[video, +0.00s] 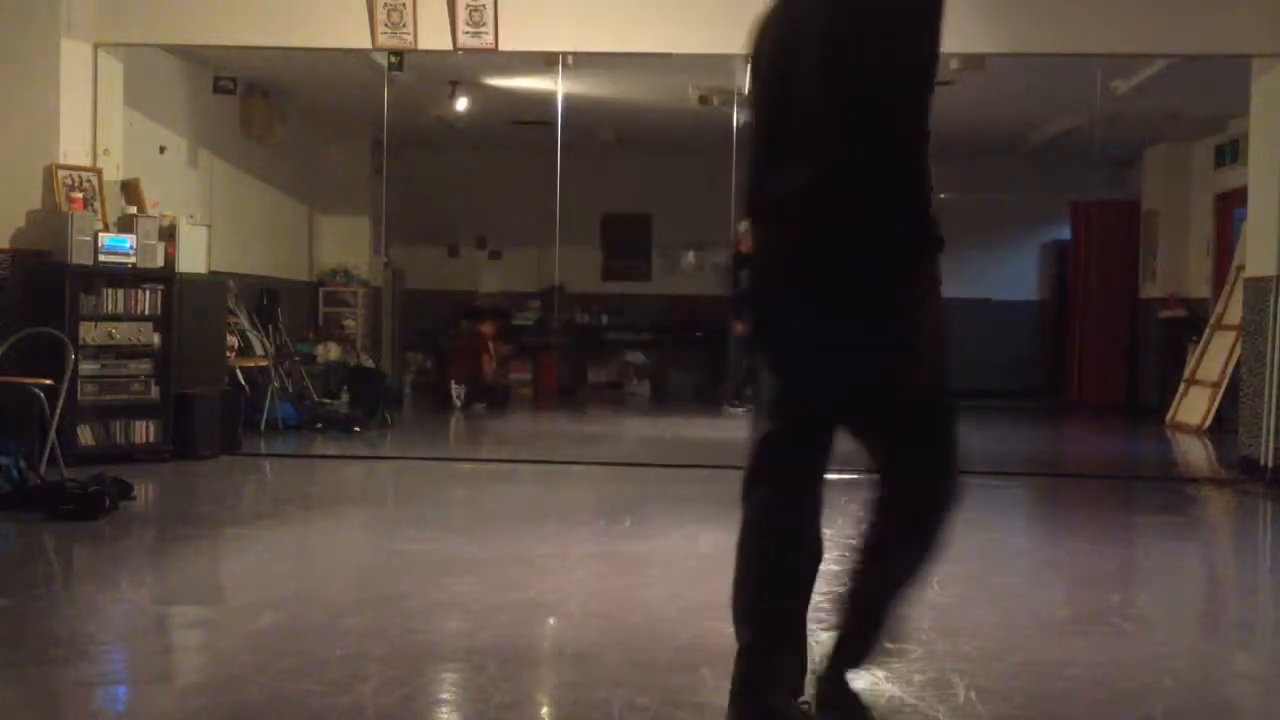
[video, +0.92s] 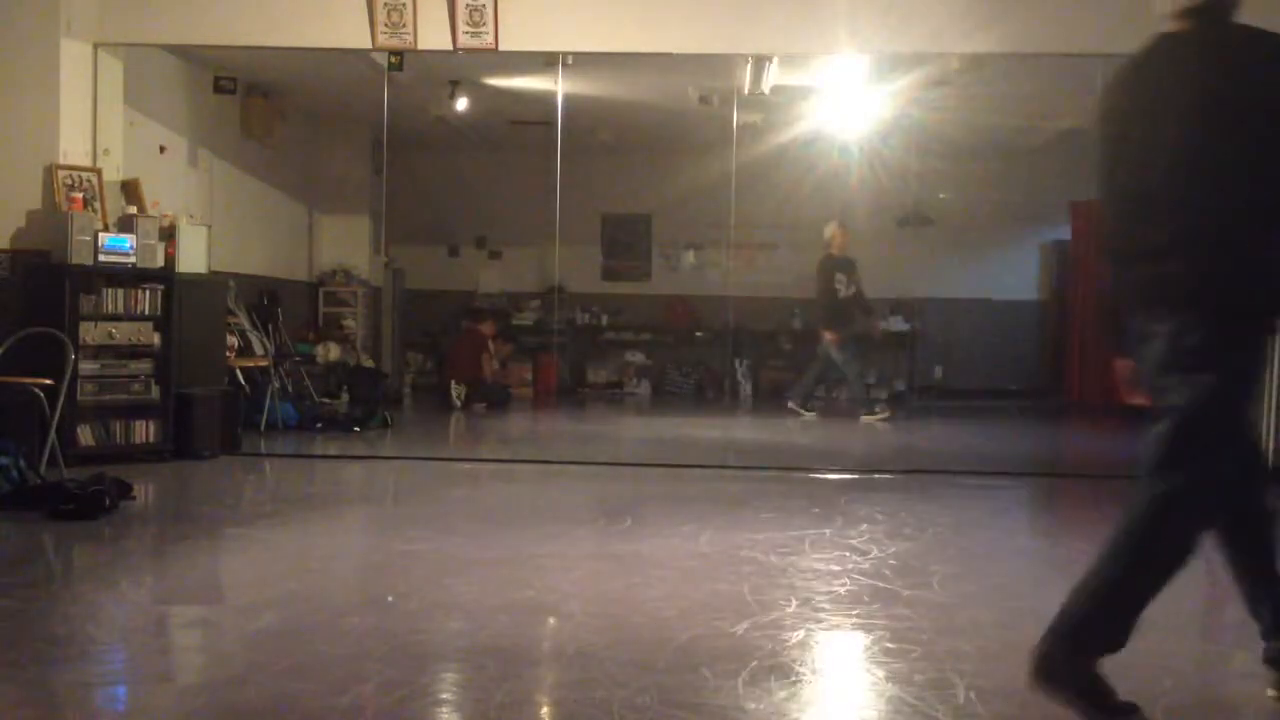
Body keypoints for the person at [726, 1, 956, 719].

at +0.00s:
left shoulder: (784, 20)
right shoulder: (907, 18)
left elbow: (766, 164)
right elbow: (894, 163)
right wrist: (919, 277)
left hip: (789, 288)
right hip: (872, 294)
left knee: (783, 489)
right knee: (921, 477)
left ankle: (762, 695)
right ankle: (840, 667)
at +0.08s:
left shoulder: (820, 20)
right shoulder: (925, 13)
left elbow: (798, 153)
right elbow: (913, 147)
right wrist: (932, 278)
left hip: (819, 286)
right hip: (893, 293)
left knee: (800, 484)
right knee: (952, 484)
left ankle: (764, 692)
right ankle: (940, 679)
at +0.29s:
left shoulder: (915, 31)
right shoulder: (1017, 21)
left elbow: (890, 179)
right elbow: (991, 171)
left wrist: (905, 306)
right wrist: (985, 303)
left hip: (912, 306)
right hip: (980, 313)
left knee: (863, 492)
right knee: (1027, 497)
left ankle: (775, 675)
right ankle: (1048, 677)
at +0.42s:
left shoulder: (977, 35)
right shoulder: (1069, 32)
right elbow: (1049, 188)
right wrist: (1060, 313)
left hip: (983, 315)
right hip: (1056, 319)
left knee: (976, 485)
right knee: (1089, 496)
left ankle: (853, 614)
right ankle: (1052, 676)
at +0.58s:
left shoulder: (1015, 43)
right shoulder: (1138, 21)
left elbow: (1013, 190)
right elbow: (1145, 166)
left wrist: (1029, 299)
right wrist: (1171, 283)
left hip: (1056, 293)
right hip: (1115, 297)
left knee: (1096, 461)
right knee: (1108, 479)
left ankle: (1014, 618)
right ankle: (1051, 673)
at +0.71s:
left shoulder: (1061, 46)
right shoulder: (1193, 31)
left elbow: (1039, 195)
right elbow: (1225, 168)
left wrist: (1061, 296)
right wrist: (1260, 253)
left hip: (1074, 292)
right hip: (1157, 286)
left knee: (1156, 472)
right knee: (1119, 477)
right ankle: (1052, 674)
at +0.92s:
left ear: (1177, 5)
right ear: (1236, 0)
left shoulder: (1133, 75)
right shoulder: (1259, 59)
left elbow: (1121, 219)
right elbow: (1253, 206)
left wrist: (1124, 340)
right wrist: (1257, 313)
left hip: (1154, 318)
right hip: (1228, 317)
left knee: (1241, 493)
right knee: (1181, 491)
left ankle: (1279, 636)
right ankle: (1071, 649)